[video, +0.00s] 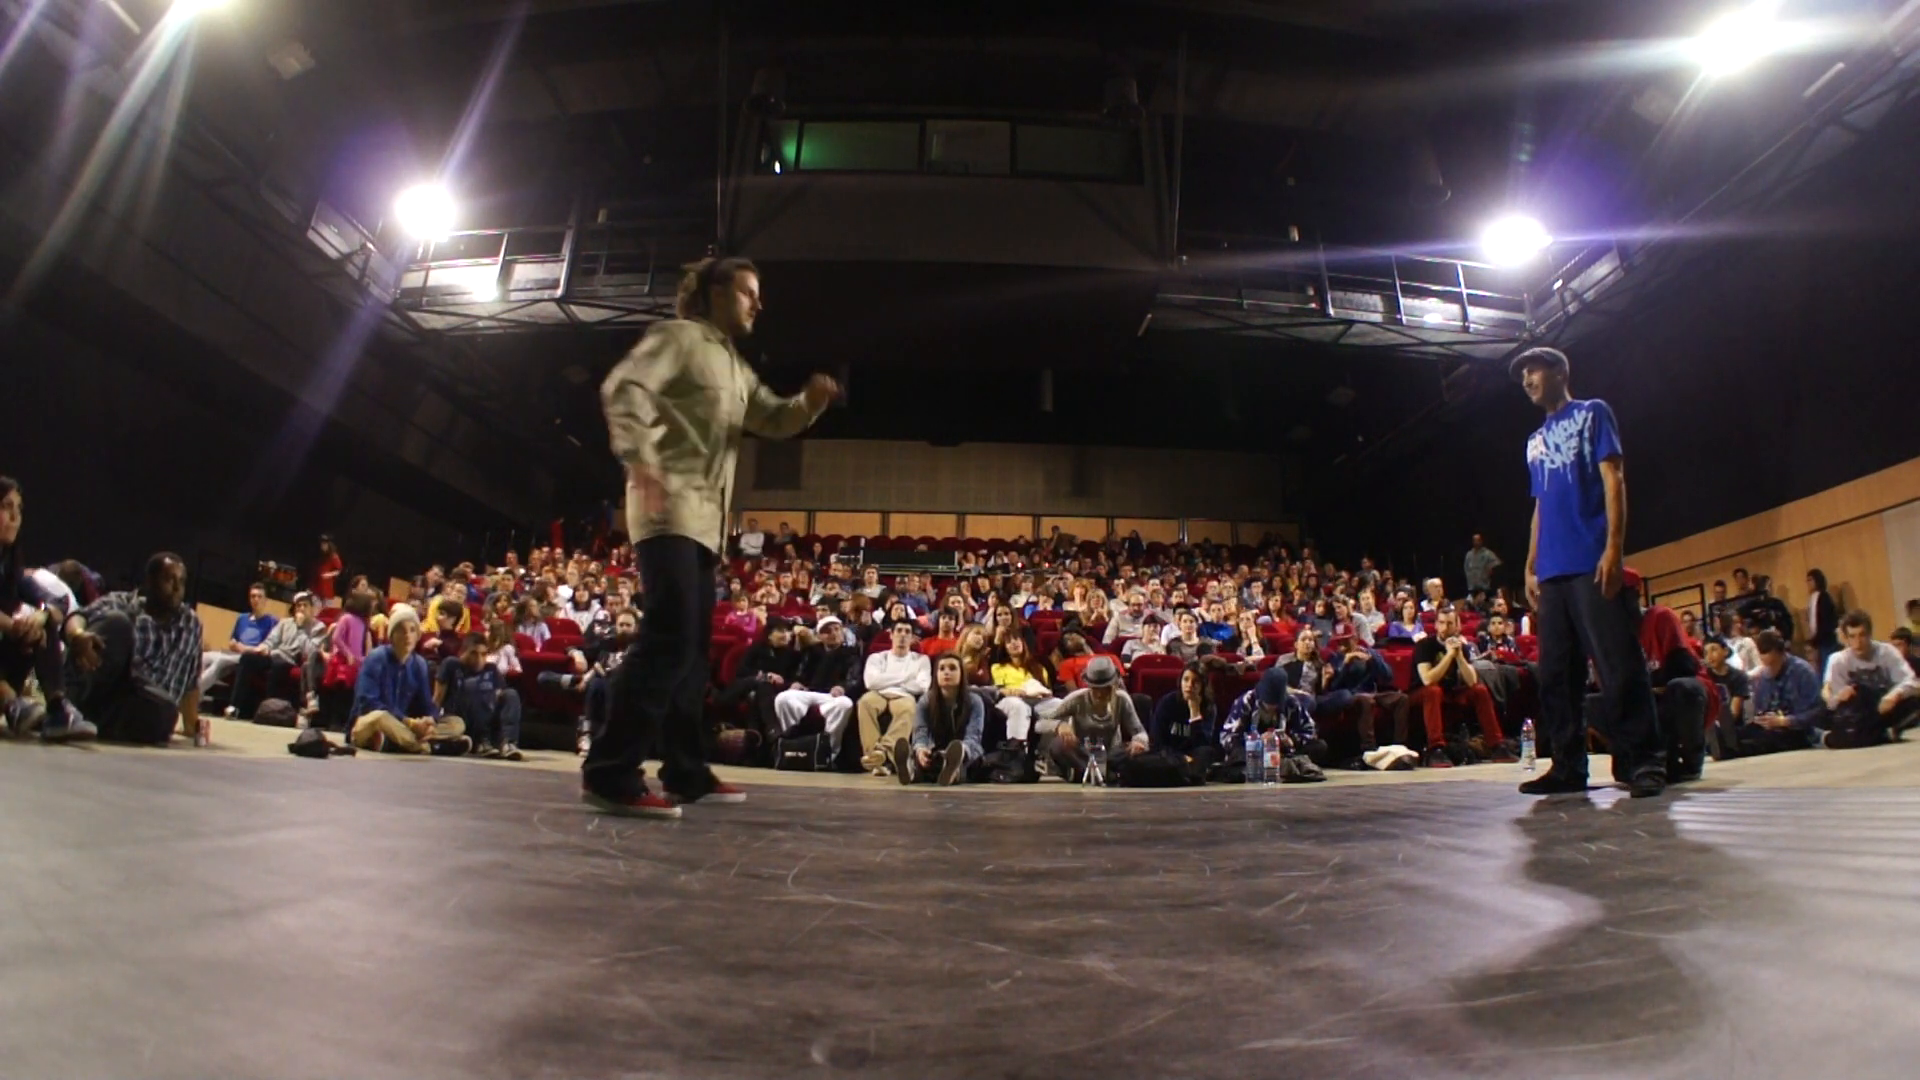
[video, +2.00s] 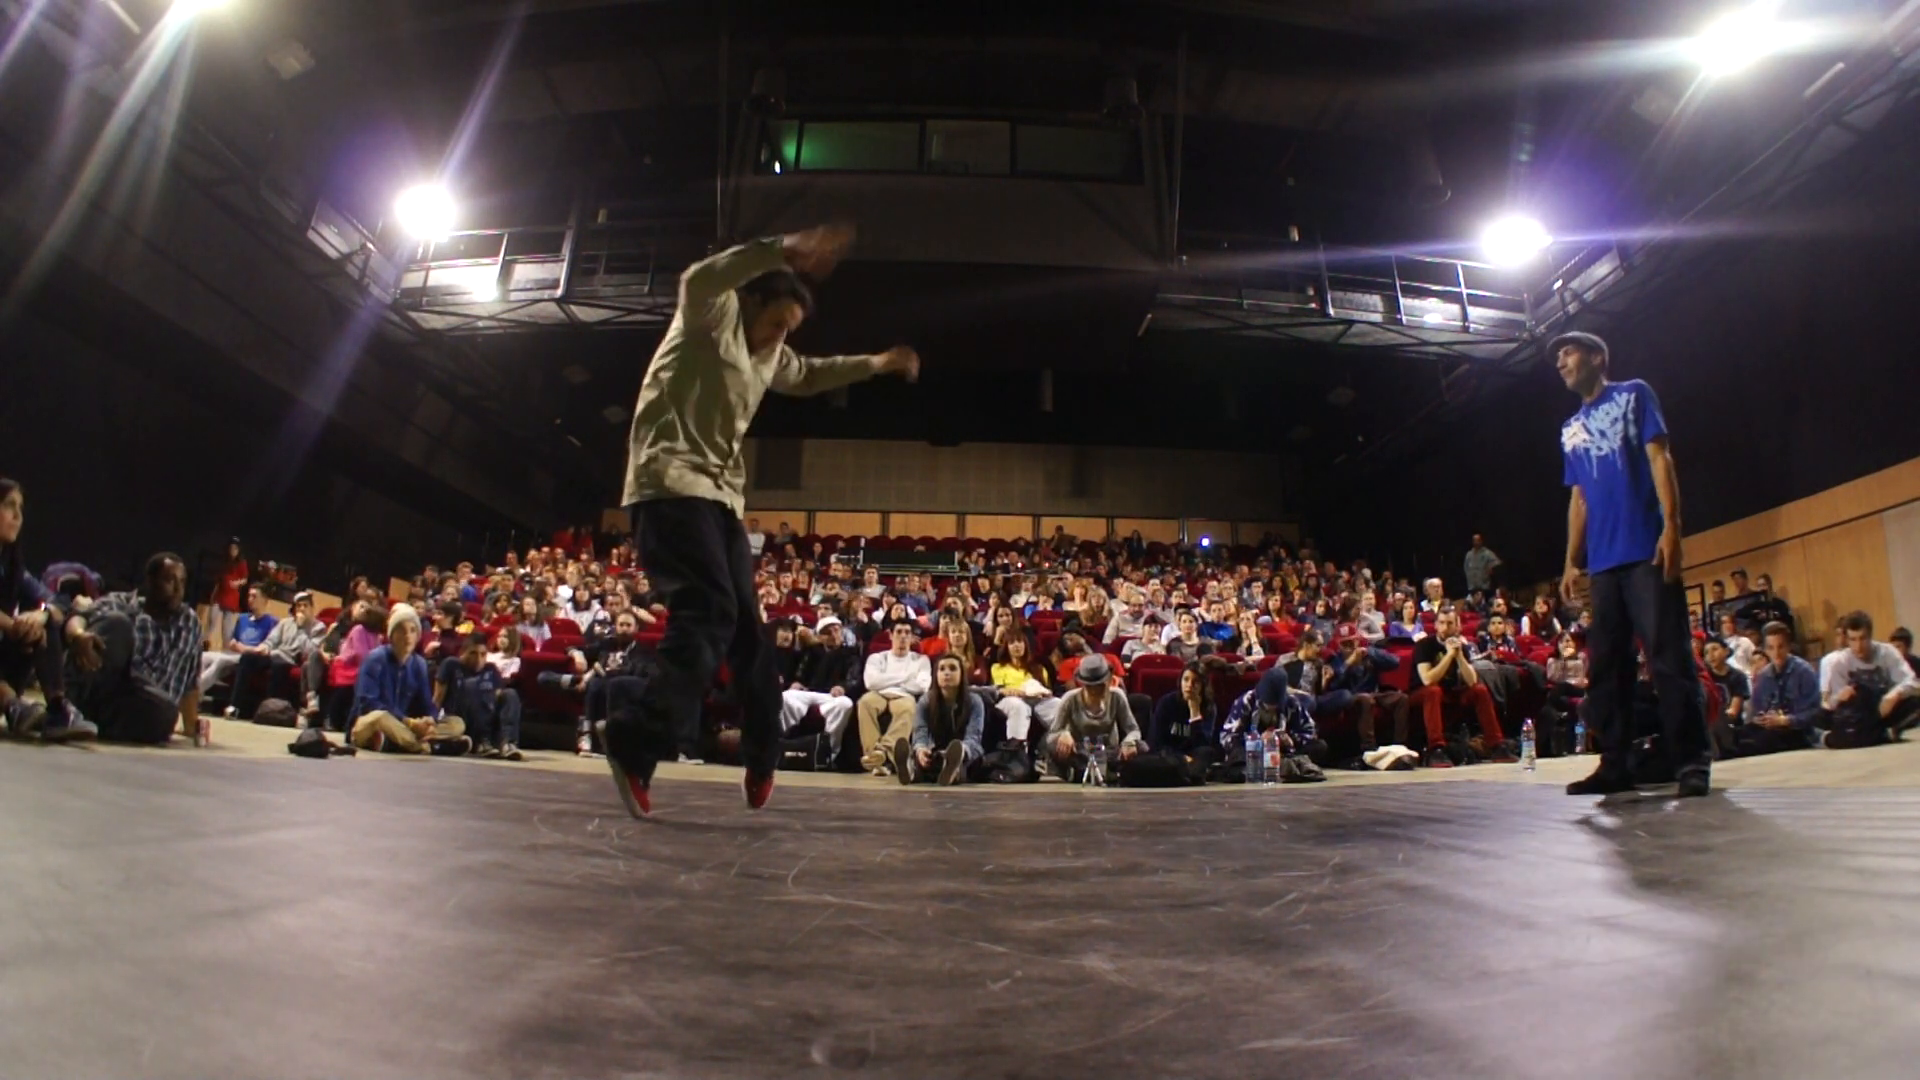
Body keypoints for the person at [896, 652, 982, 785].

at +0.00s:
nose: (947, 672)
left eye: (952, 668)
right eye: (942, 668)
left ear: (961, 673)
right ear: (935, 674)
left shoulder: (974, 701)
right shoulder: (925, 701)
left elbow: (974, 737)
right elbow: (920, 731)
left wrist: (960, 751)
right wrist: (920, 748)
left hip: (962, 751)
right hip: (933, 750)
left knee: (955, 762)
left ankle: (949, 773)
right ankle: (910, 768)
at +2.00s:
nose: (947, 673)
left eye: (953, 668)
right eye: (942, 669)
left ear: (962, 674)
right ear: (936, 674)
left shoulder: (974, 701)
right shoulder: (925, 701)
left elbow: (974, 738)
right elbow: (920, 731)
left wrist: (961, 751)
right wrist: (920, 748)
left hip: (962, 751)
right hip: (934, 750)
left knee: (955, 762)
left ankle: (949, 773)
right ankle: (910, 768)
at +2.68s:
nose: (946, 673)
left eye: (951, 669)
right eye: (941, 670)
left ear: (961, 674)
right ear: (935, 675)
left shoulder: (974, 701)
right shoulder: (925, 702)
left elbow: (974, 737)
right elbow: (922, 735)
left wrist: (962, 751)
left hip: (963, 749)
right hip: (935, 749)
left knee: (956, 762)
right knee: (927, 759)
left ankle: (949, 773)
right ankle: (912, 768)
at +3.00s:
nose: (946, 674)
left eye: (951, 669)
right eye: (941, 670)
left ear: (961, 674)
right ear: (935, 675)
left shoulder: (974, 701)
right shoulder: (925, 701)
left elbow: (973, 737)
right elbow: (925, 738)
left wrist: (962, 752)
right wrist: (940, 749)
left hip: (964, 748)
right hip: (936, 750)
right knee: (927, 761)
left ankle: (949, 773)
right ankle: (912, 768)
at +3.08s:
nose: (946, 674)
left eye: (952, 669)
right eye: (941, 670)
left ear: (961, 674)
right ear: (935, 675)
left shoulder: (974, 701)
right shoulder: (926, 700)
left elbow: (973, 738)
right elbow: (923, 733)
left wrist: (962, 752)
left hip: (964, 750)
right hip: (935, 750)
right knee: (926, 761)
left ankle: (950, 772)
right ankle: (911, 769)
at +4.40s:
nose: (944, 673)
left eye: (950, 668)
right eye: (939, 669)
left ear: (960, 674)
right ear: (935, 675)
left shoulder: (974, 701)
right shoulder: (925, 701)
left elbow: (974, 736)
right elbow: (921, 730)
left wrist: (962, 750)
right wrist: (922, 747)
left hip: (963, 748)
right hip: (935, 749)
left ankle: (949, 773)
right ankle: (912, 768)